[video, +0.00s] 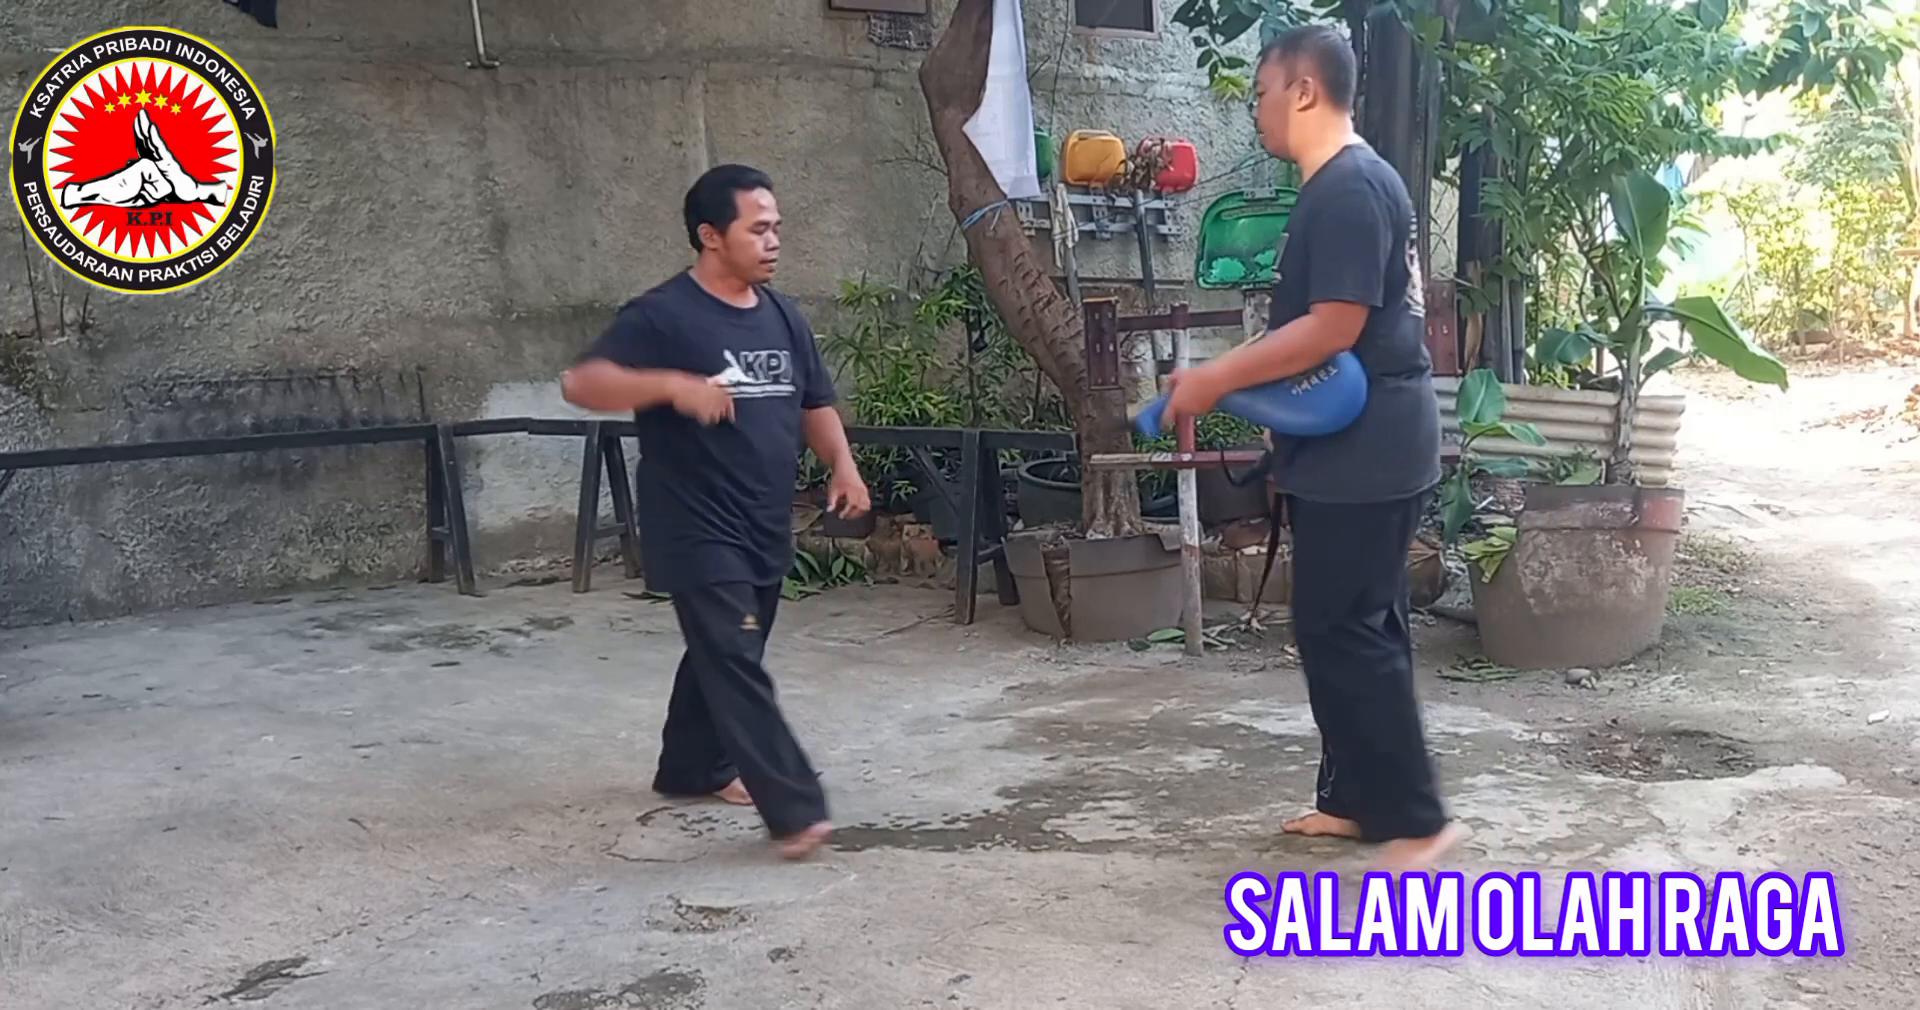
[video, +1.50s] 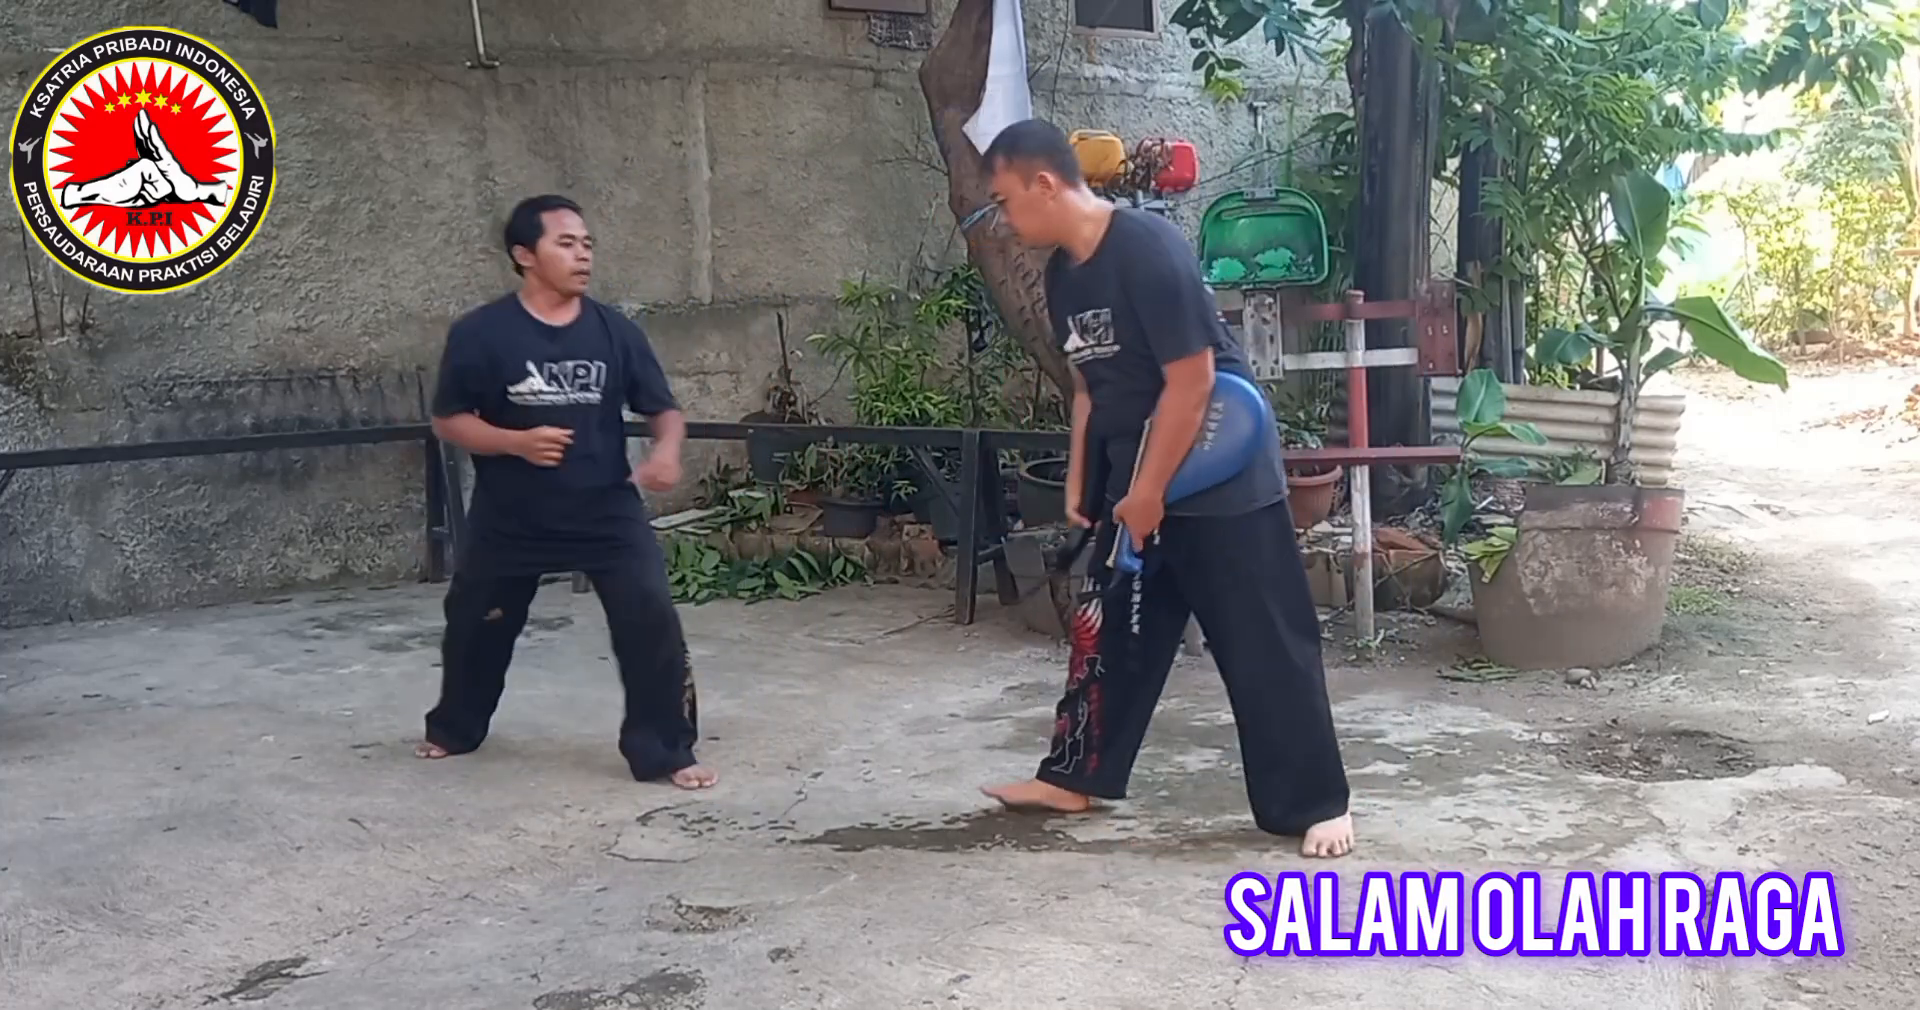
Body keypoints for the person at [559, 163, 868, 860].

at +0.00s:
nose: (775, 238)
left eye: (776, 225)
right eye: (760, 227)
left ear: (772, 229)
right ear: (710, 236)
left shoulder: (783, 314)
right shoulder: (661, 313)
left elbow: (814, 402)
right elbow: (580, 382)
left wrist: (843, 463)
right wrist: (673, 386)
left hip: (766, 523)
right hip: (694, 524)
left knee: (729, 649)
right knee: (731, 654)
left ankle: (690, 769)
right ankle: (795, 811)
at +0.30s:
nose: (658, 226)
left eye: (659, 214)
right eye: (642, 217)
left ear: (664, 218)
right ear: (597, 231)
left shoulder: (687, 305)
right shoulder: (570, 317)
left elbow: (722, 388)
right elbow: (603, 420)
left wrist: (716, 451)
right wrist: (703, 390)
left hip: (681, 508)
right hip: (594, 515)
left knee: (704, 642)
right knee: (566, 639)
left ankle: (708, 772)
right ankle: (540, 753)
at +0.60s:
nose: (581, 252)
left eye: (588, 238)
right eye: (566, 241)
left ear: (595, 231)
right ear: (524, 234)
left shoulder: (616, 302)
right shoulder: (470, 307)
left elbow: (640, 382)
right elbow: (429, 385)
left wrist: (639, 445)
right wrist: (479, 438)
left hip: (605, 501)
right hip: (516, 507)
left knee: (634, 623)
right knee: (520, 638)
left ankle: (609, 737)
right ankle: (531, 757)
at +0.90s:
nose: (595, 257)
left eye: (602, 244)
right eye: (581, 243)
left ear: (609, 242)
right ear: (540, 239)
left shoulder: (620, 320)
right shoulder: (479, 296)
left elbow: (636, 409)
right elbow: (433, 363)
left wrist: (624, 454)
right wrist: (470, 429)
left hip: (575, 498)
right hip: (488, 496)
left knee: (581, 622)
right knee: (486, 622)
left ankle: (584, 737)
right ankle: (493, 743)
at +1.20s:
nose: (532, 261)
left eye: (535, 250)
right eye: (516, 251)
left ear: (541, 255)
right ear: (474, 260)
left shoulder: (566, 332)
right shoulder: (426, 334)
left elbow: (605, 410)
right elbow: (389, 418)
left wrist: (596, 468)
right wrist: (451, 443)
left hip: (546, 513)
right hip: (452, 518)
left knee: (590, 604)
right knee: (437, 618)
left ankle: (594, 736)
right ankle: (442, 727)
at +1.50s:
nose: (583, 254)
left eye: (586, 244)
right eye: (567, 243)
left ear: (592, 252)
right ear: (525, 256)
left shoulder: (617, 332)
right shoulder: (477, 334)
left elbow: (664, 409)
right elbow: (449, 421)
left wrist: (667, 453)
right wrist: (514, 441)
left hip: (607, 517)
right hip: (511, 520)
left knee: (652, 619)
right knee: (473, 622)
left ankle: (665, 751)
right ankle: (456, 726)